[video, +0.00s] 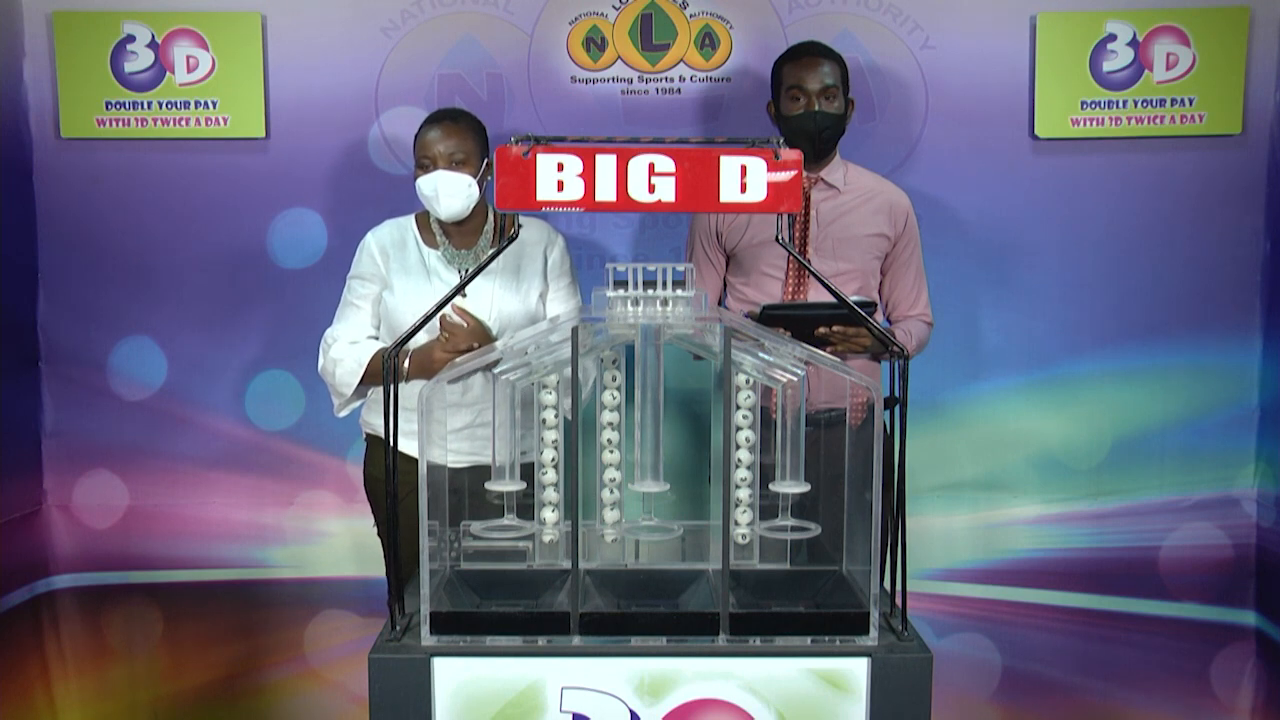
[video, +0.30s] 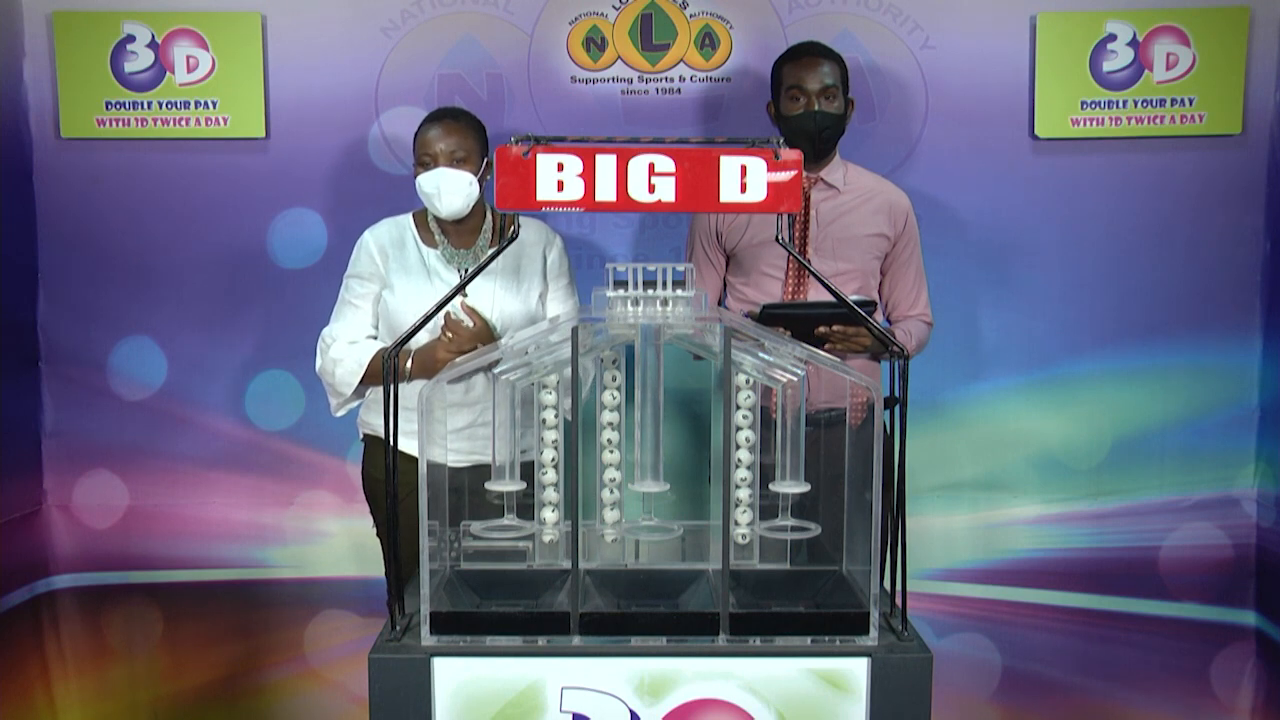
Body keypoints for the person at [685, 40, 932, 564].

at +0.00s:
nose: (812, 107)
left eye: (828, 94)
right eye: (795, 95)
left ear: (848, 108)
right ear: (774, 109)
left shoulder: (888, 205)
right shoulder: (726, 200)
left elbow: (914, 320)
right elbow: (696, 318)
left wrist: (876, 341)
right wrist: (761, 340)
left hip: (843, 415)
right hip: (752, 415)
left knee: (844, 579)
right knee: (753, 577)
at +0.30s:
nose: (813, 107)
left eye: (828, 94)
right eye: (795, 95)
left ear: (848, 108)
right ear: (774, 109)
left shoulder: (887, 205)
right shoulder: (726, 200)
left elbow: (914, 320)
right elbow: (696, 318)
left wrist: (875, 341)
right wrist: (760, 339)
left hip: (843, 416)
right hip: (752, 416)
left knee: (844, 579)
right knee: (753, 577)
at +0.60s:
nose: (812, 108)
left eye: (828, 94)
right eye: (795, 95)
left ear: (848, 108)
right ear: (774, 109)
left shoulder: (887, 205)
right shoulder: (726, 200)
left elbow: (914, 320)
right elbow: (696, 318)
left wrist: (875, 341)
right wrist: (760, 337)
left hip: (843, 417)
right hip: (751, 417)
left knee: (844, 581)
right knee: (753, 579)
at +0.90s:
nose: (813, 107)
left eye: (828, 94)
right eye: (796, 95)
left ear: (848, 108)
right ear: (774, 109)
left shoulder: (887, 205)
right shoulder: (726, 200)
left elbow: (915, 320)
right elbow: (696, 318)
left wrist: (876, 341)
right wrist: (760, 337)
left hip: (843, 417)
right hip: (752, 417)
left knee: (844, 581)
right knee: (753, 579)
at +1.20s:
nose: (813, 107)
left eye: (829, 94)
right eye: (796, 95)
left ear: (848, 108)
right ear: (774, 109)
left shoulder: (887, 205)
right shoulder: (726, 199)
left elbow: (914, 320)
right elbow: (696, 318)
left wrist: (876, 341)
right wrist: (760, 337)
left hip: (843, 417)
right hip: (752, 417)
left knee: (844, 580)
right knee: (754, 579)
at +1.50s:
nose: (814, 107)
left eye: (829, 94)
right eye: (797, 95)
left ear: (848, 108)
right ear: (775, 109)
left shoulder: (888, 205)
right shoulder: (727, 200)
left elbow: (914, 320)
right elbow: (696, 316)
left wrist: (876, 340)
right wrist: (757, 335)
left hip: (843, 415)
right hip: (752, 414)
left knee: (844, 578)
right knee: (753, 576)